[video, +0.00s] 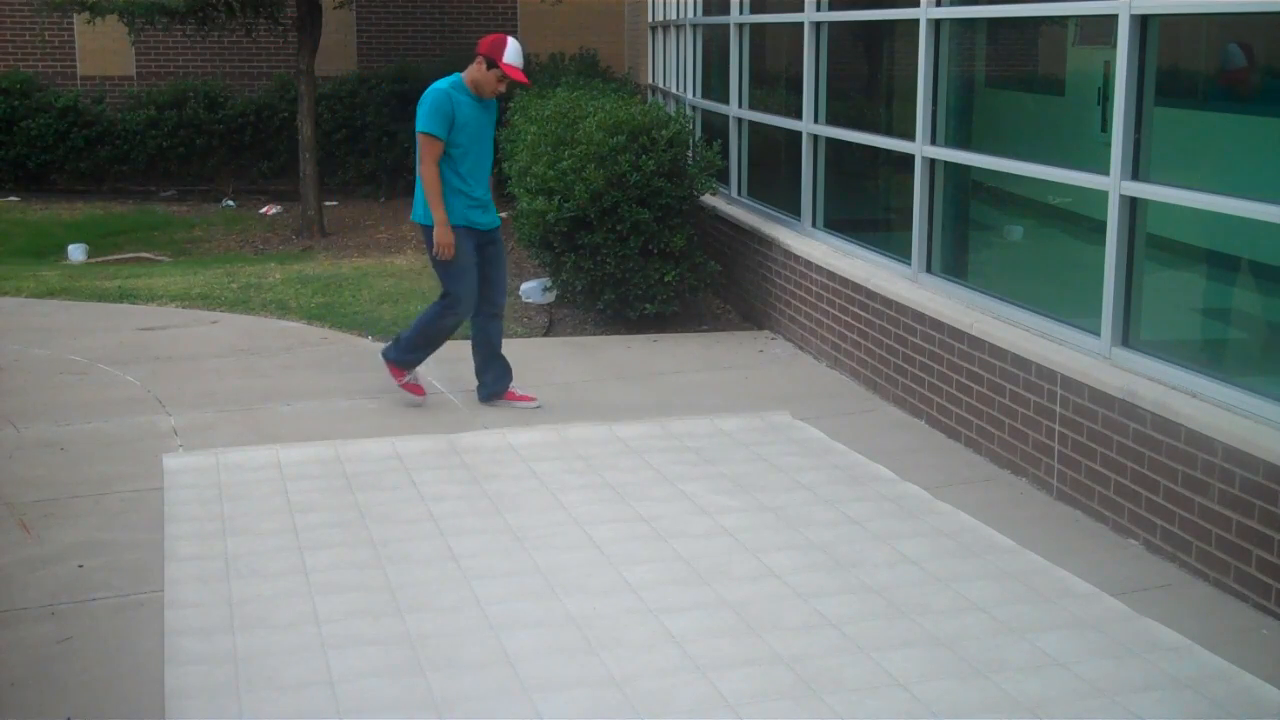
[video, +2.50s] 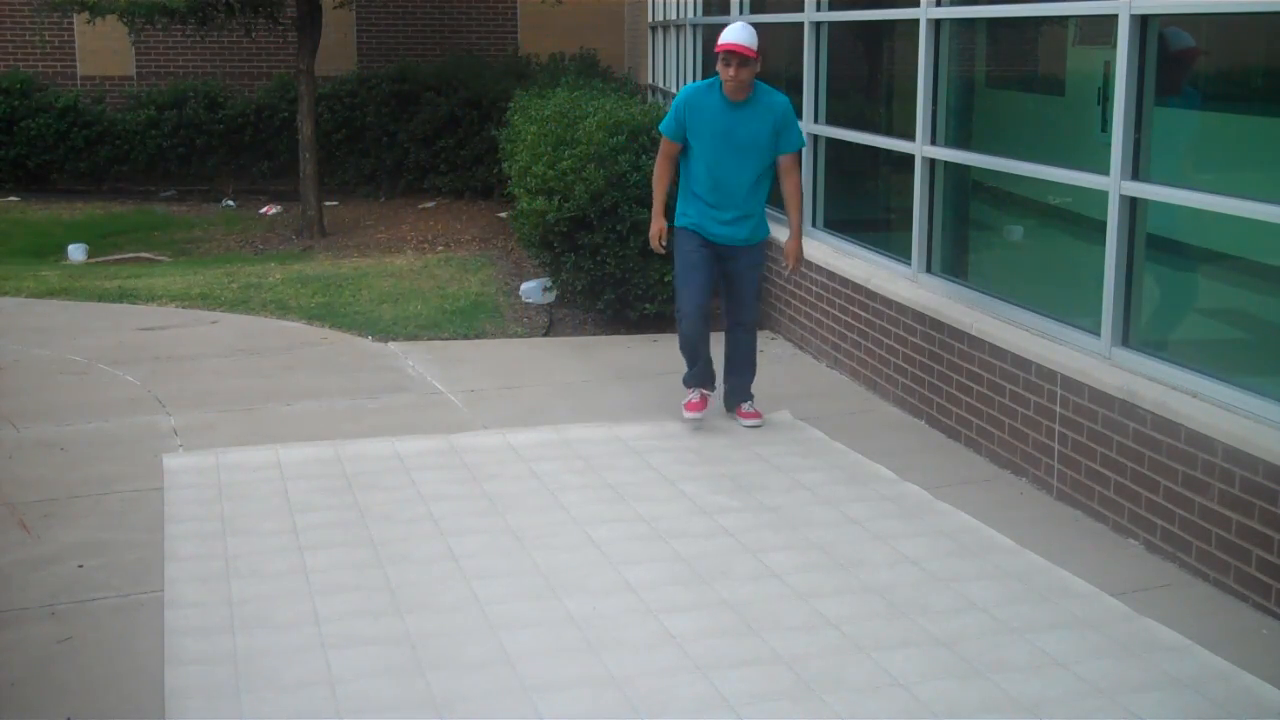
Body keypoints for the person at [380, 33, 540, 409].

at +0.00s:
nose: (503, 89)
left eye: (508, 83)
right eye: (500, 79)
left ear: (491, 71)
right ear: (479, 64)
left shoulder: (488, 102)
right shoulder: (440, 97)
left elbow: (481, 163)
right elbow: (427, 163)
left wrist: (490, 211)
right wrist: (441, 224)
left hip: (484, 220)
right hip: (448, 221)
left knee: (491, 305)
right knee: (460, 301)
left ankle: (493, 387)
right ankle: (399, 357)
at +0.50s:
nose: (574, 105)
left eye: (579, 101)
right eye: (574, 97)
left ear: (570, 85)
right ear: (558, 77)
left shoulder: (561, 110)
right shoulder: (513, 100)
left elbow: (584, 144)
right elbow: (479, 163)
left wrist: (630, 168)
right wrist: (474, 224)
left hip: (543, 220)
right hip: (512, 218)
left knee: (518, 302)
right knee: (546, 301)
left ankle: (498, 381)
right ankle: (559, 407)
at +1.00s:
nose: (636, 146)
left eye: (643, 142)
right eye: (636, 139)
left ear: (628, 109)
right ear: (623, 117)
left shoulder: (604, 93)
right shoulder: (585, 138)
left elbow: (550, 111)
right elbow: (558, 205)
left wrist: (518, 141)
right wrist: (599, 257)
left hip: (579, 213)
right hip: (542, 221)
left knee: (605, 299)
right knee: (565, 314)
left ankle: (582, 386)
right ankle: (566, 415)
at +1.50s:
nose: (633, 129)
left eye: (636, 121)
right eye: (627, 124)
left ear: (642, 107)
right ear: (600, 116)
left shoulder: (640, 116)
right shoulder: (565, 144)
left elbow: (660, 143)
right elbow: (546, 210)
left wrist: (694, 180)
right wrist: (554, 270)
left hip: (641, 235)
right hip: (593, 240)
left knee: (662, 317)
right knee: (599, 325)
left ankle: (690, 402)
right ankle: (567, 414)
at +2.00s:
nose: (741, 106)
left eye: (745, 99)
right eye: (734, 98)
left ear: (750, 92)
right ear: (711, 90)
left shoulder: (747, 113)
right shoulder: (675, 125)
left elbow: (745, 149)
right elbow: (641, 181)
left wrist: (757, 187)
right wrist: (630, 240)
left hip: (729, 232)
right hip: (679, 234)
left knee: (742, 319)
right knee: (670, 320)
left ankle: (739, 399)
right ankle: (630, 397)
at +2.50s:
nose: (732, 72)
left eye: (741, 64)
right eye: (725, 63)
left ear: (756, 65)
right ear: (716, 63)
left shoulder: (778, 108)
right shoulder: (691, 99)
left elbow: (789, 173)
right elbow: (666, 157)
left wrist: (795, 234)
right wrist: (657, 215)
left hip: (747, 231)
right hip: (694, 226)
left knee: (743, 319)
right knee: (690, 314)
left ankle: (739, 397)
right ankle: (699, 386)